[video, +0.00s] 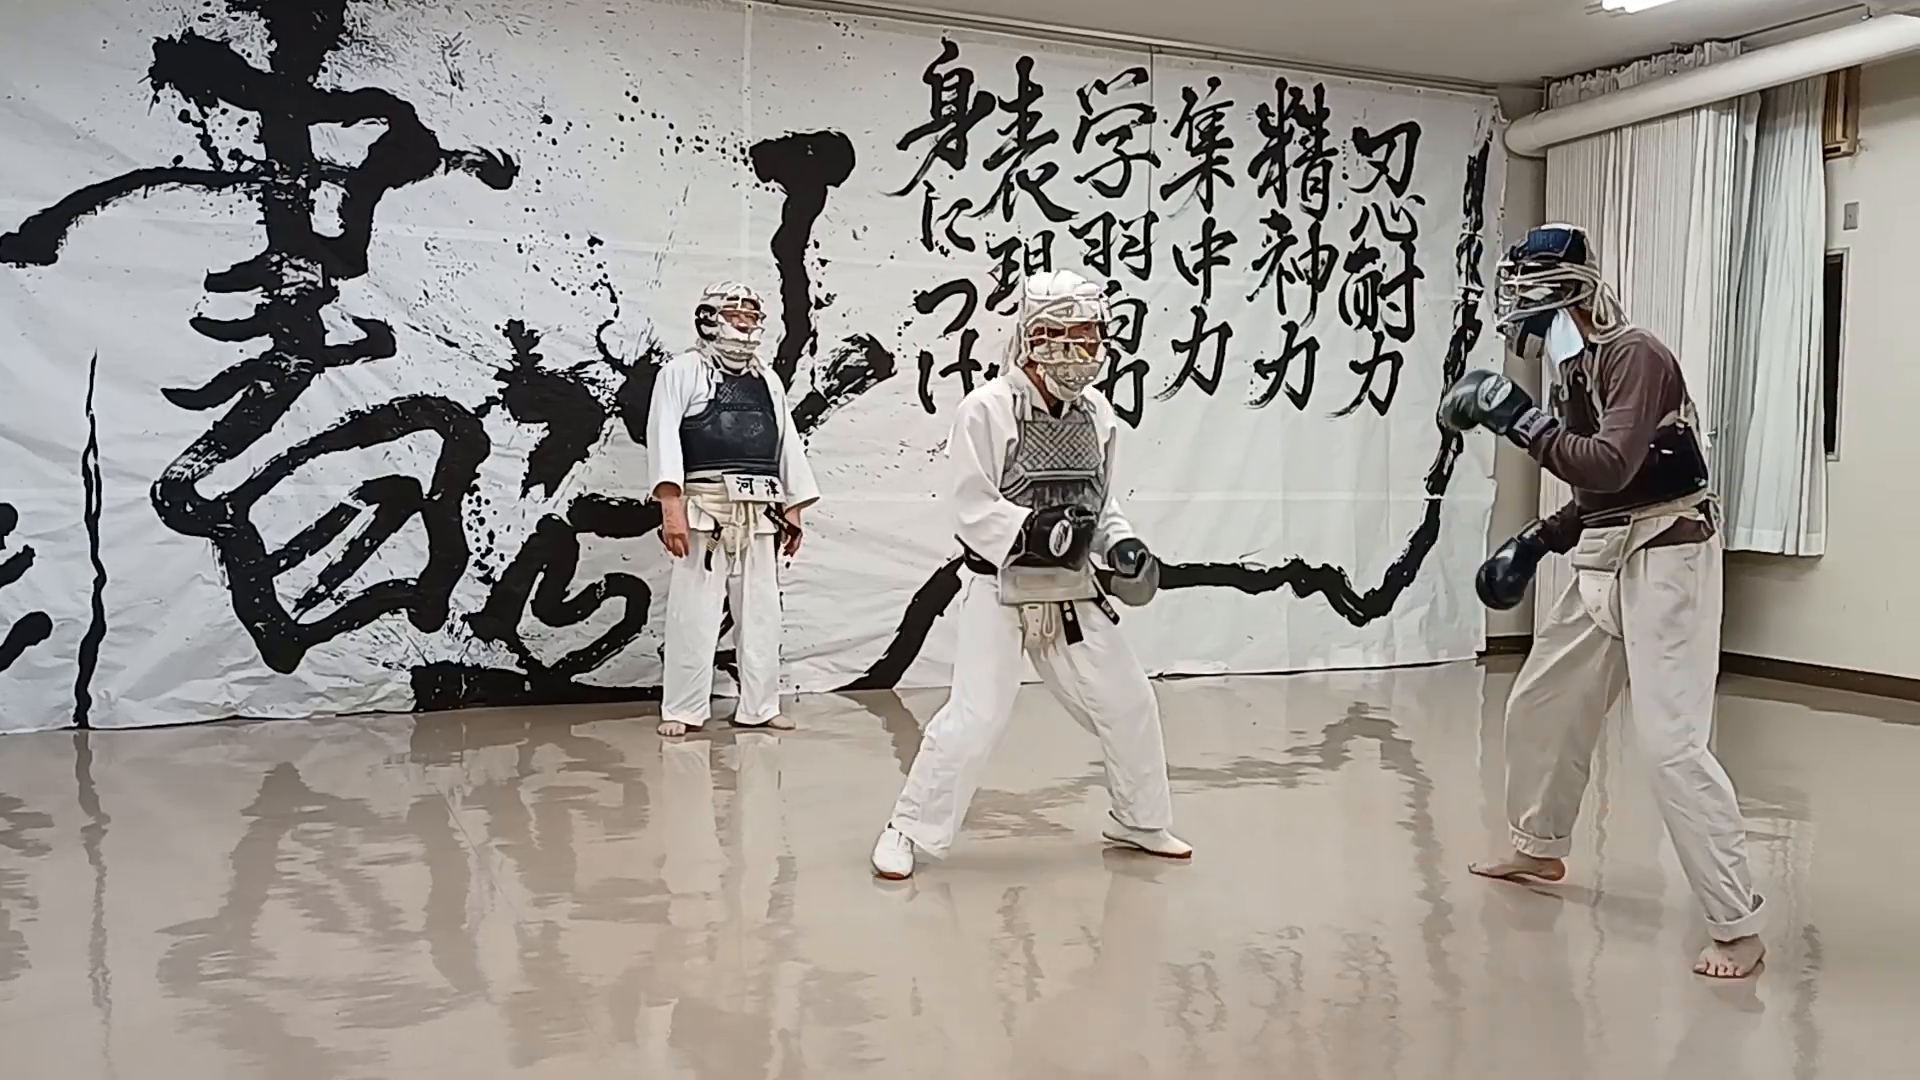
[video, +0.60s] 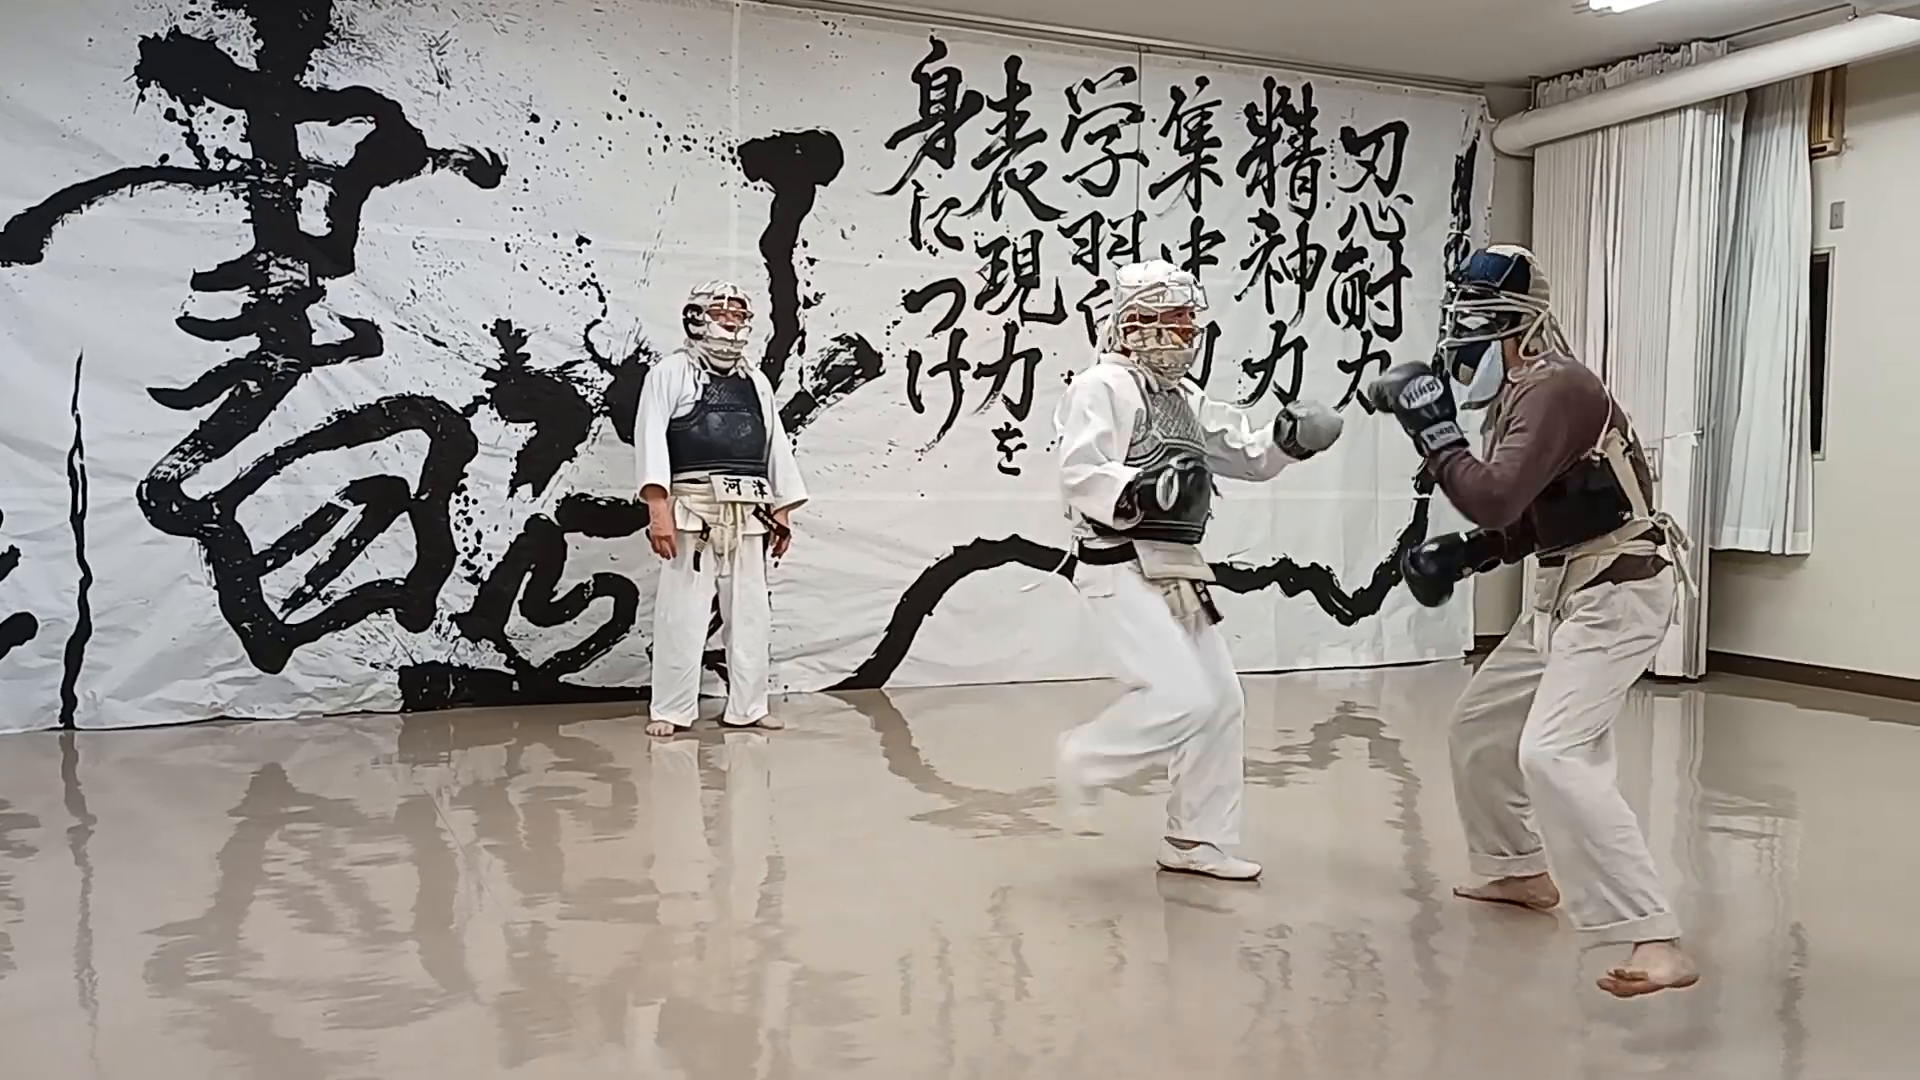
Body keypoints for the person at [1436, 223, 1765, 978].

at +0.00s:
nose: (1511, 312)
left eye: (1520, 296)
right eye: (1510, 297)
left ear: (1558, 296)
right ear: (1556, 298)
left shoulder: (1635, 353)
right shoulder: (1569, 379)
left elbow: (1613, 466)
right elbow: (1598, 492)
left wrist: (1522, 421)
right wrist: (1531, 544)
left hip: (1670, 549)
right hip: (1600, 551)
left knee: (1671, 741)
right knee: (1543, 704)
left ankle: (1738, 930)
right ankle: (1539, 853)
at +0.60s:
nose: (1452, 333)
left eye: (1465, 319)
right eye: (1454, 317)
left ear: (1504, 327)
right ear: (1510, 325)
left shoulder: (1556, 387)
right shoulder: (1513, 400)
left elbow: (1489, 497)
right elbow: (1537, 528)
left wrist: (1433, 426)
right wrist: (1458, 556)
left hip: (1622, 587)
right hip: (1566, 591)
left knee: (1554, 748)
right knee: (1479, 726)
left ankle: (1655, 942)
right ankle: (1523, 874)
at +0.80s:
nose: (1466, 321)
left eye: (1476, 307)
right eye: (1466, 306)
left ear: (1510, 312)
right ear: (1546, 305)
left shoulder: (1569, 391)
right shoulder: (1590, 373)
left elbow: (1423, 465)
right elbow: (1552, 481)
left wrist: (1409, 362)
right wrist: (1493, 545)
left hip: (1653, 609)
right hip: (1656, 597)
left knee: (1528, 807)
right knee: (1559, 742)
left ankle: (1611, 1007)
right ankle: (1538, 876)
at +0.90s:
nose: (1485, 320)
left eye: (1489, 307)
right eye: (1484, 306)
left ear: (1517, 309)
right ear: (1568, 299)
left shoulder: (1573, 385)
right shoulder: (1631, 370)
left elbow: (1425, 459)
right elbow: (1585, 495)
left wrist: (1418, 352)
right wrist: (1522, 587)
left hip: (1668, 621)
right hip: (1736, 616)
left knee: (1529, 808)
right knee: (1644, 796)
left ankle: (1609, 1012)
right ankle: (1653, 925)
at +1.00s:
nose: (1505, 298)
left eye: (1511, 282)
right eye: (1504, 281)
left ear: (1544, 283)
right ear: (1601, 274)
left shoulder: (1589, 365)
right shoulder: (1686, 363)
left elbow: (1435, 448)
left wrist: (1429, 342)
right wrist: (1599, 562)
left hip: (1676, 620)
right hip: (1758, 614)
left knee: (1540, 803)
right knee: (1695, 789)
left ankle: (1611, 1013)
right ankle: (1776, 966)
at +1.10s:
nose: (1549, 274)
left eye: (1549, 258)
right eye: (1548, 257)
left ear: (1568, 258)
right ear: (1638, 246)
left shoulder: (1611, 336)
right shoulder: (1714, 337)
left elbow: (1454, 425)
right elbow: (1773, 468)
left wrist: (1460, 309)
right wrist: (1639, 572)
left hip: (1686, 610)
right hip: (1786, 610)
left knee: (1560, 806)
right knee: (1739, 831)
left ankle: (1605, 1011)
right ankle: (1842, 1021)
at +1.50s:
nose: (1553, 193)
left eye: (1563, 178)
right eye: (1557, 178)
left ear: (1588, 184)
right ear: (1677, 184)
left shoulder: (1555, 282)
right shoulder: (1762, 280)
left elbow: (1446, 402)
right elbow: (1821, 470)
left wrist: (1462, 284)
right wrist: (1766, 581)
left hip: (1612, 591)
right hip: (1759, 586)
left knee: (1505, 816)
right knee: (1783, 855)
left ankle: (1513, 1041)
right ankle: (1832, 1066)